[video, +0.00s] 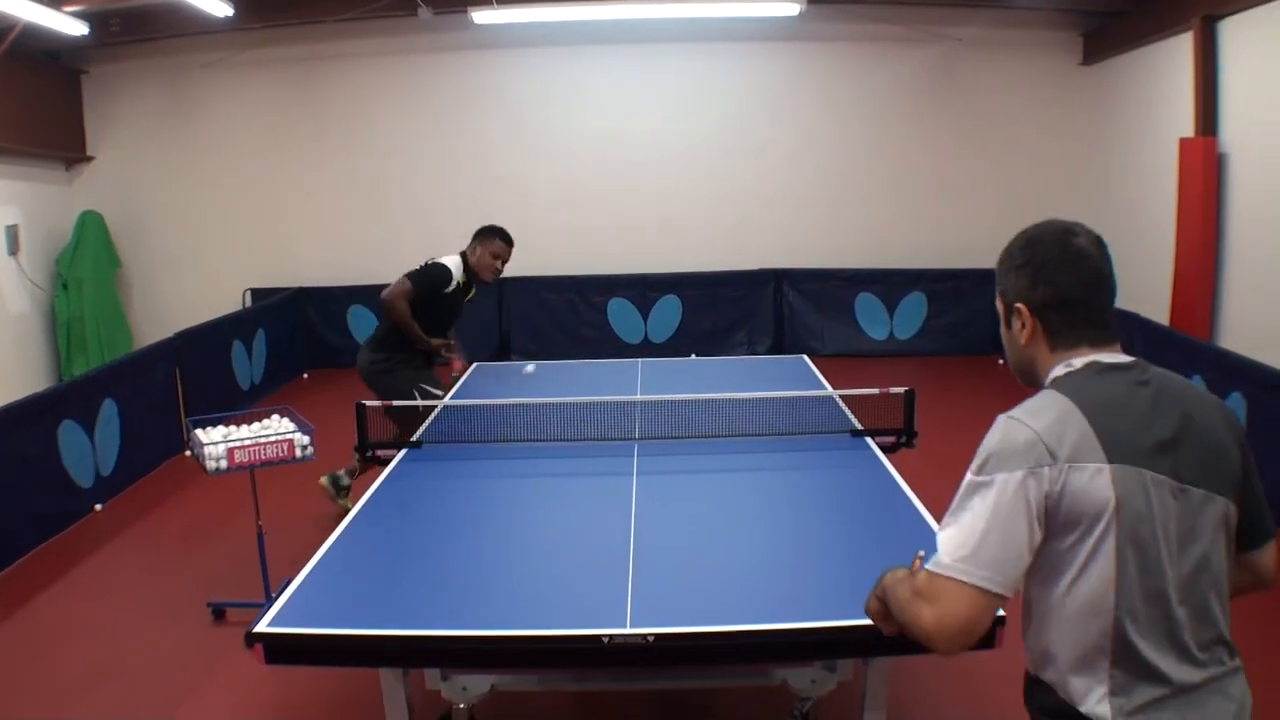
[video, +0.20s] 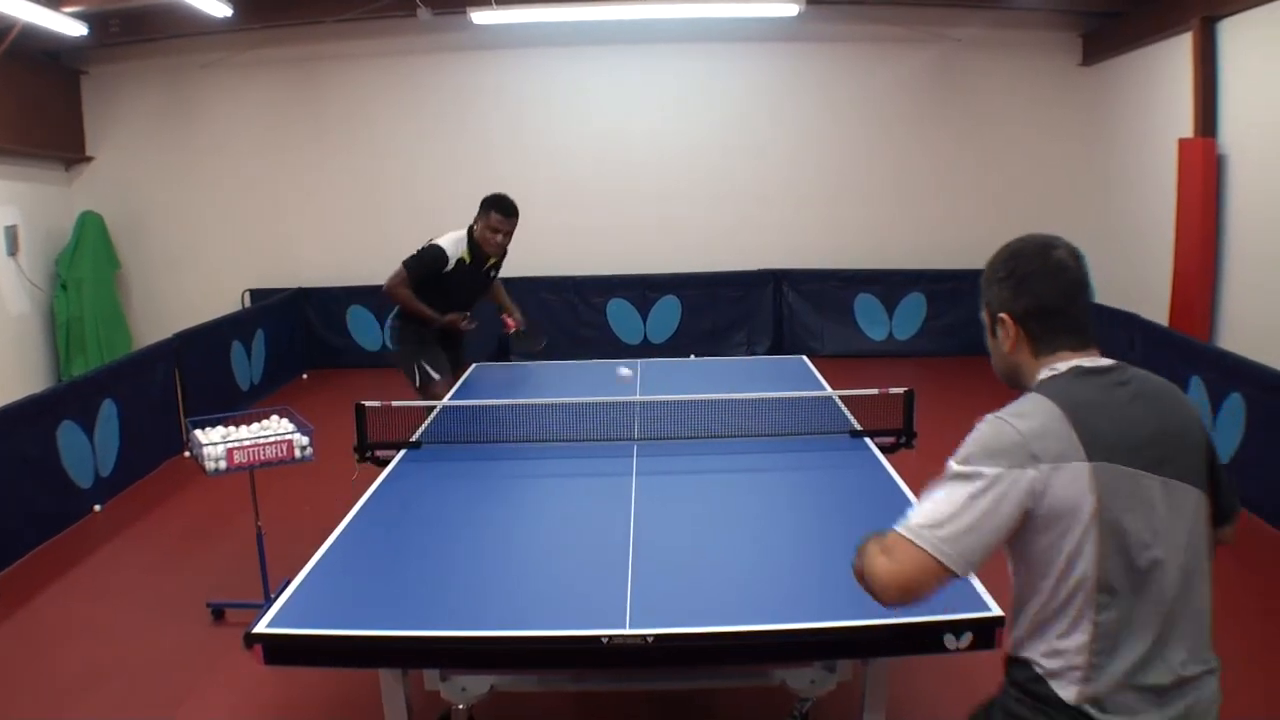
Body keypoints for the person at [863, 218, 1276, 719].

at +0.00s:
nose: (1001, 336)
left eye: (1000, 319)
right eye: (1000, 319)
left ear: (1024, 322)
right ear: (1103, 306)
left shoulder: (1036, 433)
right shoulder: (1212, 415)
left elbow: (948, 625)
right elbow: (1259, 564)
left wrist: (895, 583)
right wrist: (1160, 588)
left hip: (1095, 709)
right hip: (1222, 702)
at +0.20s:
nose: (988, 348)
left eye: (987, 330)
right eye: (987, 331)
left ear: (1007, 331)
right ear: (1081, 313)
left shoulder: (1021, 432)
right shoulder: (1175, 406)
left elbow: (893, 580)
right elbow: (1221, 524)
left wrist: (871, 548)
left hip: (1067, 702)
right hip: (1190, 700)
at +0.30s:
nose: (947, 343)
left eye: (947, 327)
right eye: (947, 328)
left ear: (964, 326)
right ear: (1037, 312)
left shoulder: (971, 414)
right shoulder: (1130, 395)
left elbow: (824, 538)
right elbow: (1184, 508)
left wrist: (879, 539)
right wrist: (1089, 520)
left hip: (1030, 692)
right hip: (1150, 688)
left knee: (932, 704)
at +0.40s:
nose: (897, 359)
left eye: (897, 346)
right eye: (898, 347)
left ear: (910, 346)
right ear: (987, 340)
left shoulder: (888, 431)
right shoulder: (1073, 414)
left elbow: (747, 526)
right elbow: (1160, 526)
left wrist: (819, 527)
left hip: (957, 701)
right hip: (1085, 699)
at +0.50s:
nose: (847, 384)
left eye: (848, 376)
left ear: (855, 386)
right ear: (941, 381)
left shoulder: (821, 466)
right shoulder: (1014, 448)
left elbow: (708, 528)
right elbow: (1127, 553)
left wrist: (789, 511)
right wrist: (1131, 585)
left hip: (879, 705)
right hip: (1014, 705)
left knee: (817, 686)